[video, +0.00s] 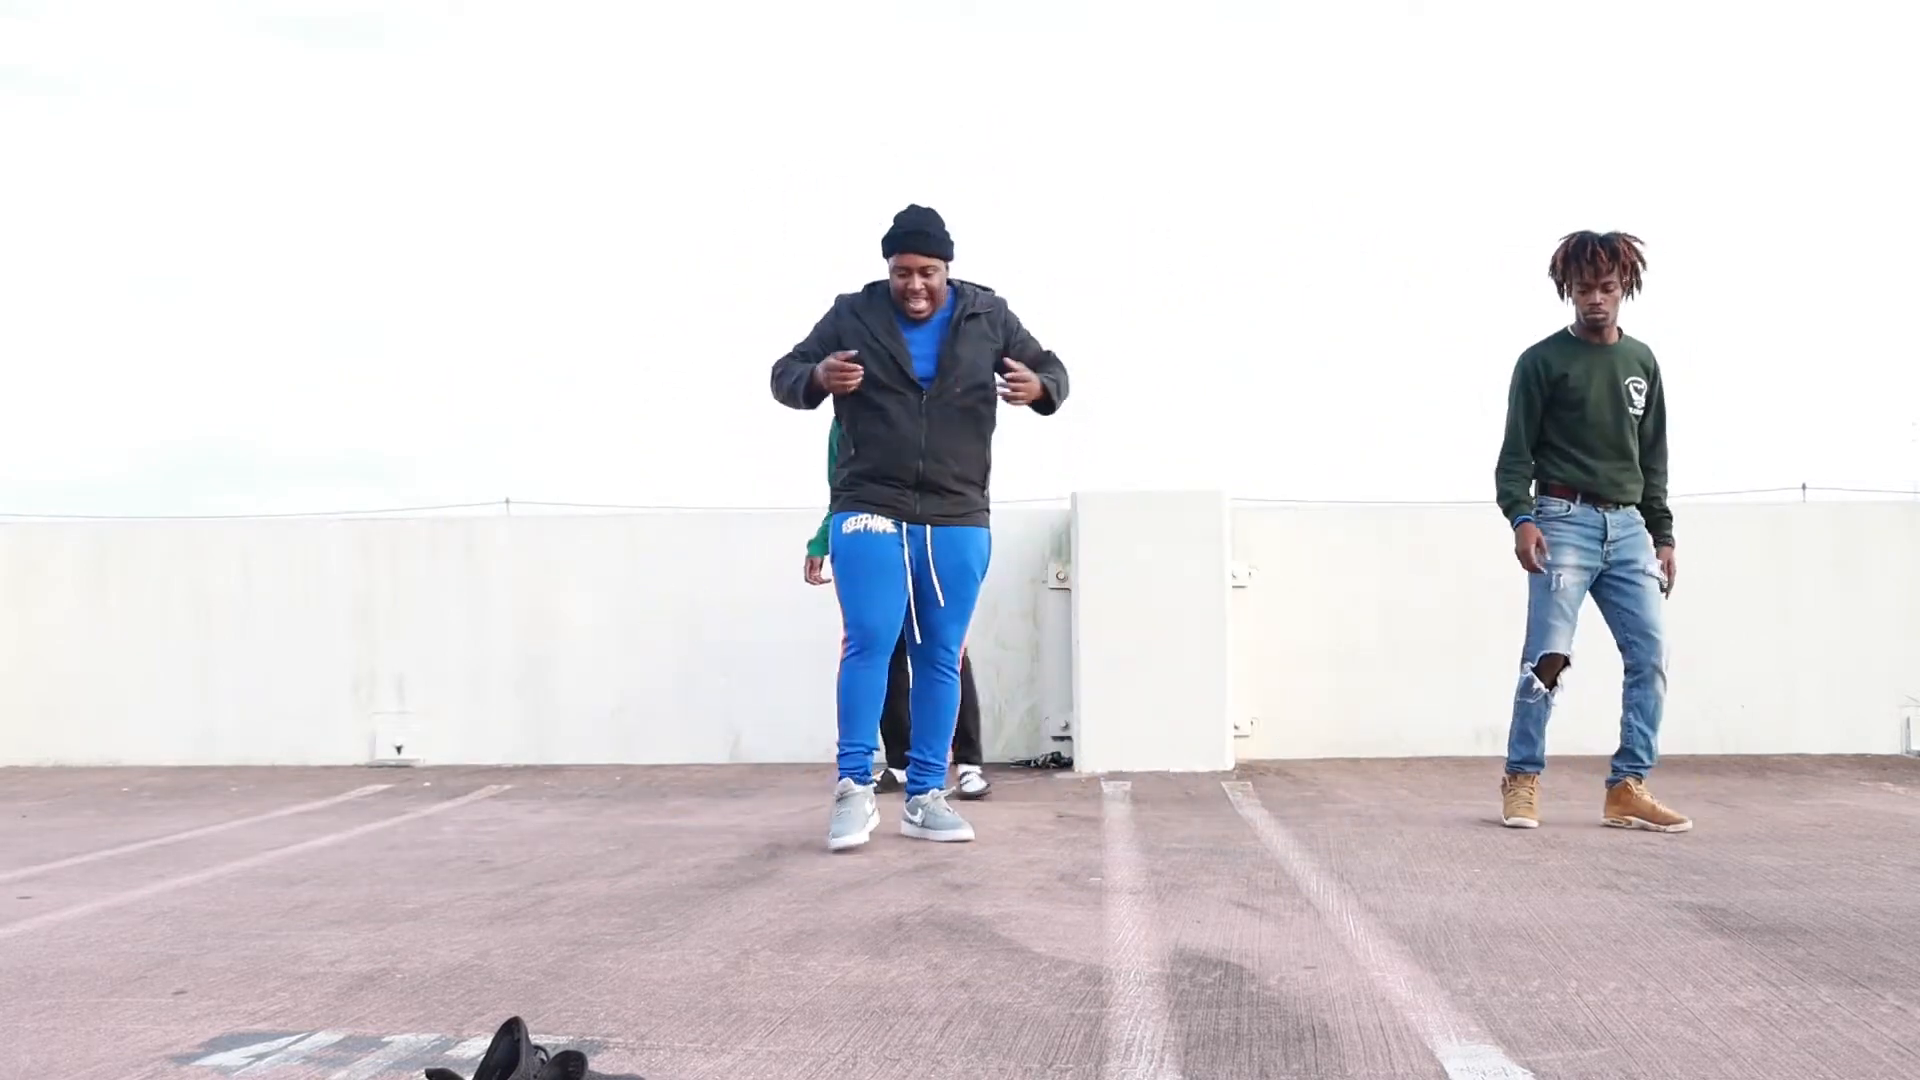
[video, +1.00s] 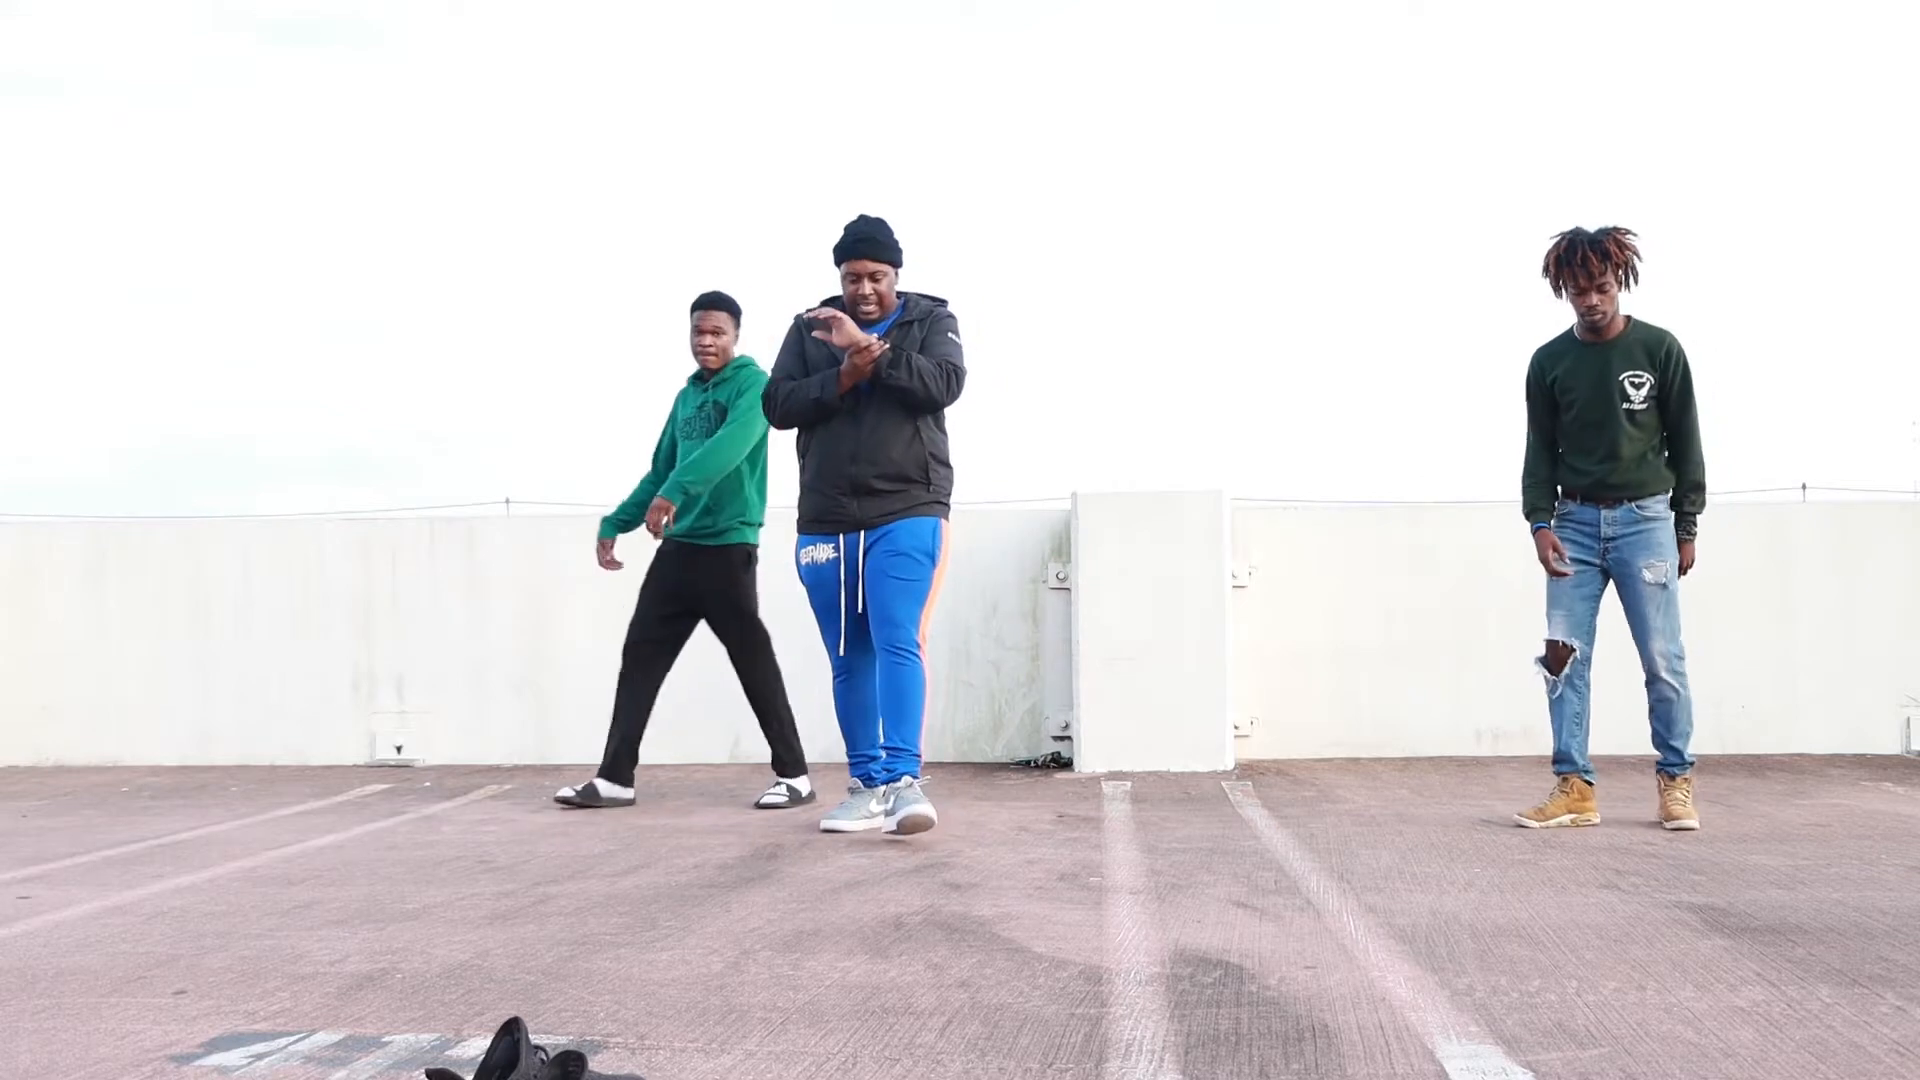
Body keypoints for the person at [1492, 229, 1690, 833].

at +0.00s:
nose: (1596, 298)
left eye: (1607, 286)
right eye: (1584, 288)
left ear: (1624, 288)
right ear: (1567, 290)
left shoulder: (1641, 361)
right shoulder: (1540, 361)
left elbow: (1652, 460)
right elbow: (1515, 453)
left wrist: (1663, 537)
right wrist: (1521, 518)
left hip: (1628, 524)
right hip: (1562, 519)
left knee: (1649, 656)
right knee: (1547, 657)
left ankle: (1627, 787)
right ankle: (1523, 782)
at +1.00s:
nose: (1588, 301)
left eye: (1597, 287)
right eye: (1576, 291)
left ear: (1620, 283)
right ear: (1563, 292)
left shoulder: (1659, 349)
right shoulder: (1547, 361)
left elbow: (1685, 441)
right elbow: (1539, 450)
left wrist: (1686, 525)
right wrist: (1540, 523)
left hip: (1645, 518)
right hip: (1571, 521)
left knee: (1662, 656)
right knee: (1563, 653)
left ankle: (1675, 781)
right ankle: (1573, 786)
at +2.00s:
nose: (1577, 303)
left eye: (1588, 291)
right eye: (1566, 293)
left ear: (1611, 288)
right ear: (1554, 293)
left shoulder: (1643, 354)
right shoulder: (1533, 362)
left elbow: (1661, 444)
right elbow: (1515, 454)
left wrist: (1677, 513)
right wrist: (1510, 534)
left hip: (1630, 520)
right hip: (1559, 518)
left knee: (1643, 656)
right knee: (1546, 652)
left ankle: (1636, 783)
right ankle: (1531, 778)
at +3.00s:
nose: (1500, 317)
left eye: (1510, 304)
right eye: (1489, 308)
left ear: (1536, 300)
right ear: (1479, 309)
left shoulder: (1574, 360)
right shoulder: (1467, 372)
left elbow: (1605, 435)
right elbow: (1453, 459)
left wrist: (1586, 479)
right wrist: (1443, 534)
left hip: (1559, 527)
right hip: (1490, 529)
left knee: (1578, 638)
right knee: (1482, 654)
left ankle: (1563, 768)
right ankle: (1499, 778)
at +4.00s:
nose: (1491, 307)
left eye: (1502, 295)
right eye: (1481, 297)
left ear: (1526, 292)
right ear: (1470, 298)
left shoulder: (1561, 345)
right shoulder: (1455, 354)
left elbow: (1596, 431)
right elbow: (1438, 437)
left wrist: (1599, 512)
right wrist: (1427, 506)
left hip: (1547, 523)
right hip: (1477, 522)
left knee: (1554, 656)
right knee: (1452, 638)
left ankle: (1534, 781)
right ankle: (1494, 759)